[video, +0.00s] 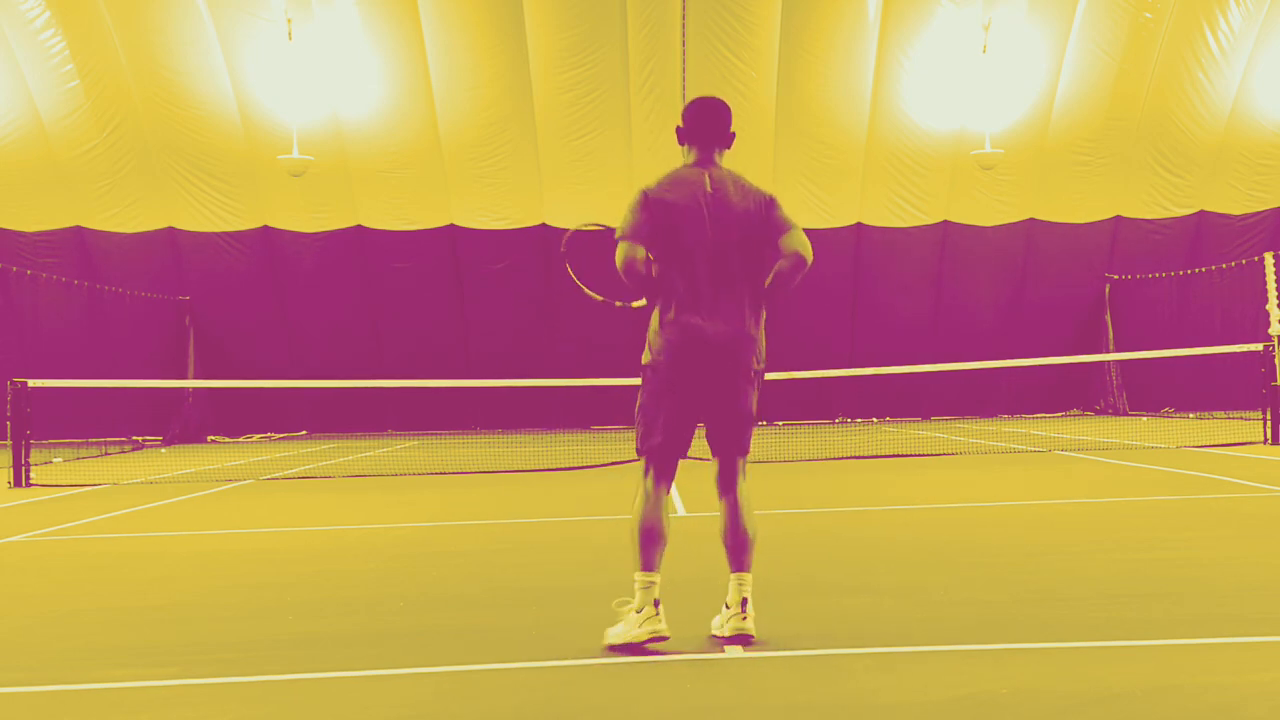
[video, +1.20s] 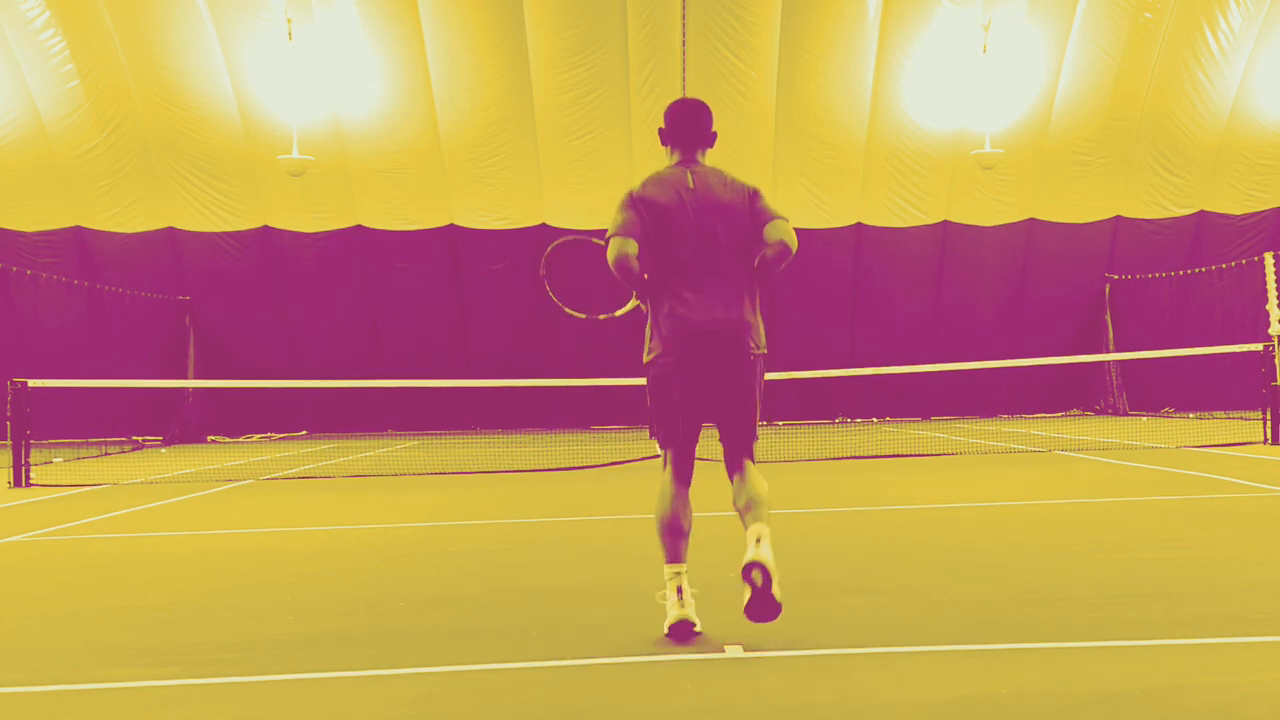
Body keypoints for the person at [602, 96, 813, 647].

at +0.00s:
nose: (697, 148)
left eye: (688, 137)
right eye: (716, 139)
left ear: (681, 138)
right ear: (730, 140)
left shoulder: (657, 196)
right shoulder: (757, 199)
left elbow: (629, 264)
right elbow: (800, 255)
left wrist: (656, 287)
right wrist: (760, 292)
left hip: (676, 347)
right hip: (737, 349)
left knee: (656, 477)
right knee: (732, 480)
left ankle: (646, 608)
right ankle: (739, 608)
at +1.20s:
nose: (678, 147)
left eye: (670, 137)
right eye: (699, 138)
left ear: (664, 141)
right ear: (713, 141)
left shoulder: (643, 195)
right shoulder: (744, 194)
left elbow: (620, 257)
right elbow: (783, 241)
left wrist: (650, 294)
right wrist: (744, 280)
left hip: (673, 347)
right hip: (737, 344)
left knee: (676, 472)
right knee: (741, 460)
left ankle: (679, 597)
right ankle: (759, 548)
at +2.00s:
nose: (700, 169)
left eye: (674, 160)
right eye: (706, 160)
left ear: (660, 161)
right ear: (710, 163)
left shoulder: (626, 219)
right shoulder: (734, 223)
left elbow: (610, 303)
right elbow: (762, 301)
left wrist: (624, 346)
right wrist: (722, 326)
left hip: (646, 367)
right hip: (715, 368)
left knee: (629, 482)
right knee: (719, 483)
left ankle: (609, 585)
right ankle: (734, 604)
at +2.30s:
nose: (642, 173)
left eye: (629, 165)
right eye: (644, 166)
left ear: (592, 167)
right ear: (644, 167)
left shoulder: (556, 227)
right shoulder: (655, 225)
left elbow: (552, 310)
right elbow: (679, 318)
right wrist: (661, 366)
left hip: (563, 383)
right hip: (634, 377)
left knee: (594, 511)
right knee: (678, 492)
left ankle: (548, 622)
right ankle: (704, 614)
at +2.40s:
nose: (626, 165)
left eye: (621, 155)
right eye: (627, 156)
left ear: (575, 158)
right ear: (625, 158)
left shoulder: (541, 213)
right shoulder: (628, 214)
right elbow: (657, 309)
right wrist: (653, 345)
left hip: (526, 368)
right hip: (589, 363)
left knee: (582, 504)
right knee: (647, 488)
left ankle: (543, 637)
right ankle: (630, 620)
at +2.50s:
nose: (614, 134)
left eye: (607, 125)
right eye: (616, 125)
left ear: (564, 124)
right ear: (616, 126)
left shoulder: (531, 177)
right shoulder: (610, 182)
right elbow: (654, 276)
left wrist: (654, 281)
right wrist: (681, 302)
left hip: (486, 324)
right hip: (549, 324)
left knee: (536, 479)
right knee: (602, 471)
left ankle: (531, 619)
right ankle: (561, 603)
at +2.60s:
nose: (603, 124)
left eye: (596, 114)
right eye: (605, 114)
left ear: (551, 113)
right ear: (606, 115)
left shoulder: (517, 159)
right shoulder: (603, 170)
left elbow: (543, 228)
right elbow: (675, 244)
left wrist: (612, 225)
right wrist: (709, 242)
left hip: (449, 319)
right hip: (514, 320)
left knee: (494, 471)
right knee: (562, 473)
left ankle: (460, 615)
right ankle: (525, 609)